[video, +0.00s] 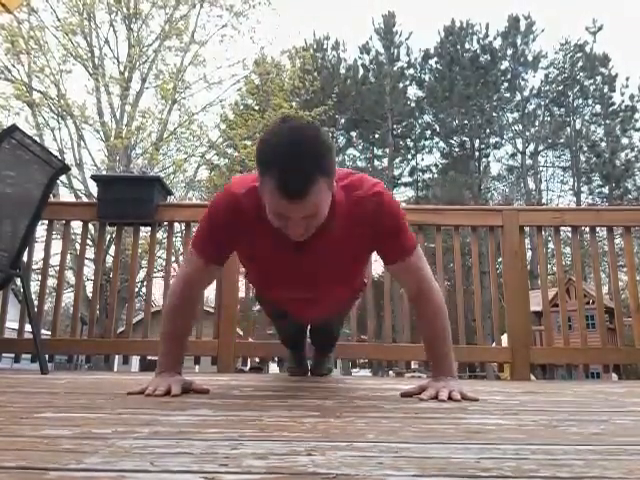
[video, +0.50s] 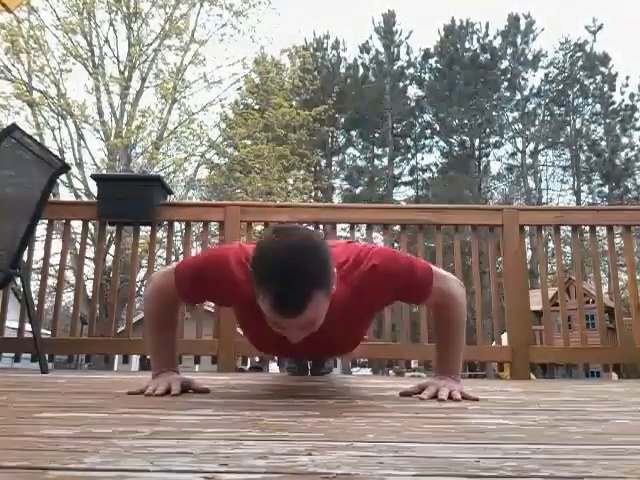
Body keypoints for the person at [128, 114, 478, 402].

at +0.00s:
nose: (296, 229)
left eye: (309, 216)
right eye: (281, 216)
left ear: (332, 185)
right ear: (262, 190)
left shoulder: (372, 204)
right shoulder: (233, 207)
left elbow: (424, 289)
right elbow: (189, 282)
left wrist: (443, 375)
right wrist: (169, 370)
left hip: (337, 301)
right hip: (277, 301)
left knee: (326, 337)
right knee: (291, 336)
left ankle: (321, 358)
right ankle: (296, 358)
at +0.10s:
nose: (296, 256)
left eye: (310, 241)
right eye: (280, 242)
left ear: (332, 206)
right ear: (258, 212)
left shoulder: (371, 219)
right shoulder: (233, 222)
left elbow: (433, 288)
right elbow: (176, 286)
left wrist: (445, 375)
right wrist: (167, 370)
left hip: (335, 313)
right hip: (278, 314)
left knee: (325, 340)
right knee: (290, 341)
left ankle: (321, 358)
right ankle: (294, 359)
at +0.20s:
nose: (296, 338)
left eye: (308, 326)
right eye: (280, 329)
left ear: (331, 286)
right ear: (255, 290)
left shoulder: (368, 268)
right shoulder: (229, 269)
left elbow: (447, 292)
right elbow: (160, 292)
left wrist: (446, 375)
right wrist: (165, 370)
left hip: (336, 349)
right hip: (269, 349)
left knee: (322, 361)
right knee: (283, 359)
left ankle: (318, 365)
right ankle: (295, 362)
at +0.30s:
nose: (295, 382)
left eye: (309, 372)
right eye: (277, 375)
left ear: (332, 324)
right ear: (250, 325)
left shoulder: (368, 291)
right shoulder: (230, 289)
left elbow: (448, 291)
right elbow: (160, 288)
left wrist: (446, 374)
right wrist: (164, 369)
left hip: (337, 362)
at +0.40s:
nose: (293, 384)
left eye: (308, 374)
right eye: (275, 377)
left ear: (332, 328)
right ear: (249, 327)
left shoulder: (368, 293)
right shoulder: (230, 290)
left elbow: (448, 291)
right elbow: (159, 288)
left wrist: (445, 375)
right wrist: (164, 369)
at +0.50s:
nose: (295, 336)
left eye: (308, 324)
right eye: (280, 328)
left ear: (332, 283)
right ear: (255, 289)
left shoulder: (373, 270)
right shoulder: (226, 268)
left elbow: (450, 291)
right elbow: (160, 289)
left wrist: (447, 376)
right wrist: (164, 370)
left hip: (338, 341)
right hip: (271, 344)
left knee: (325, 361)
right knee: (286, 362)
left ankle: (325, 362)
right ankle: (293, 360)